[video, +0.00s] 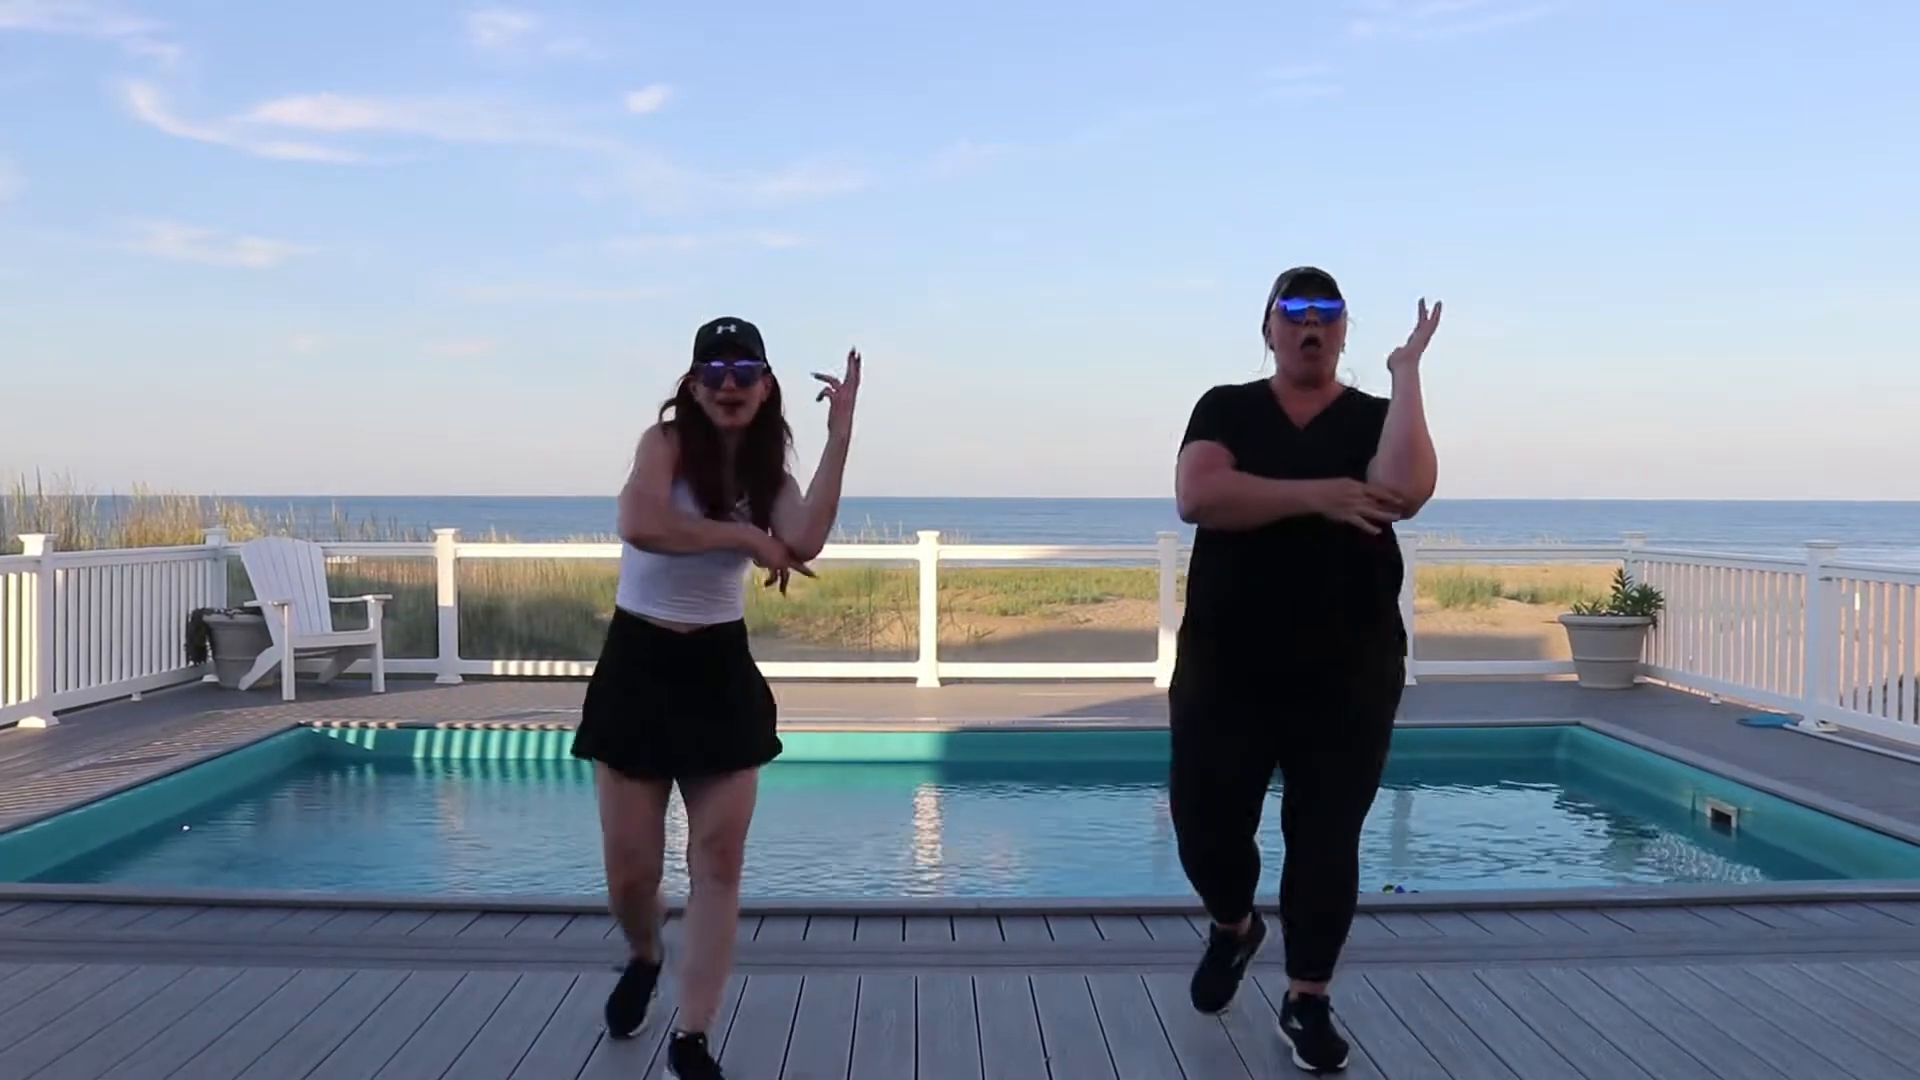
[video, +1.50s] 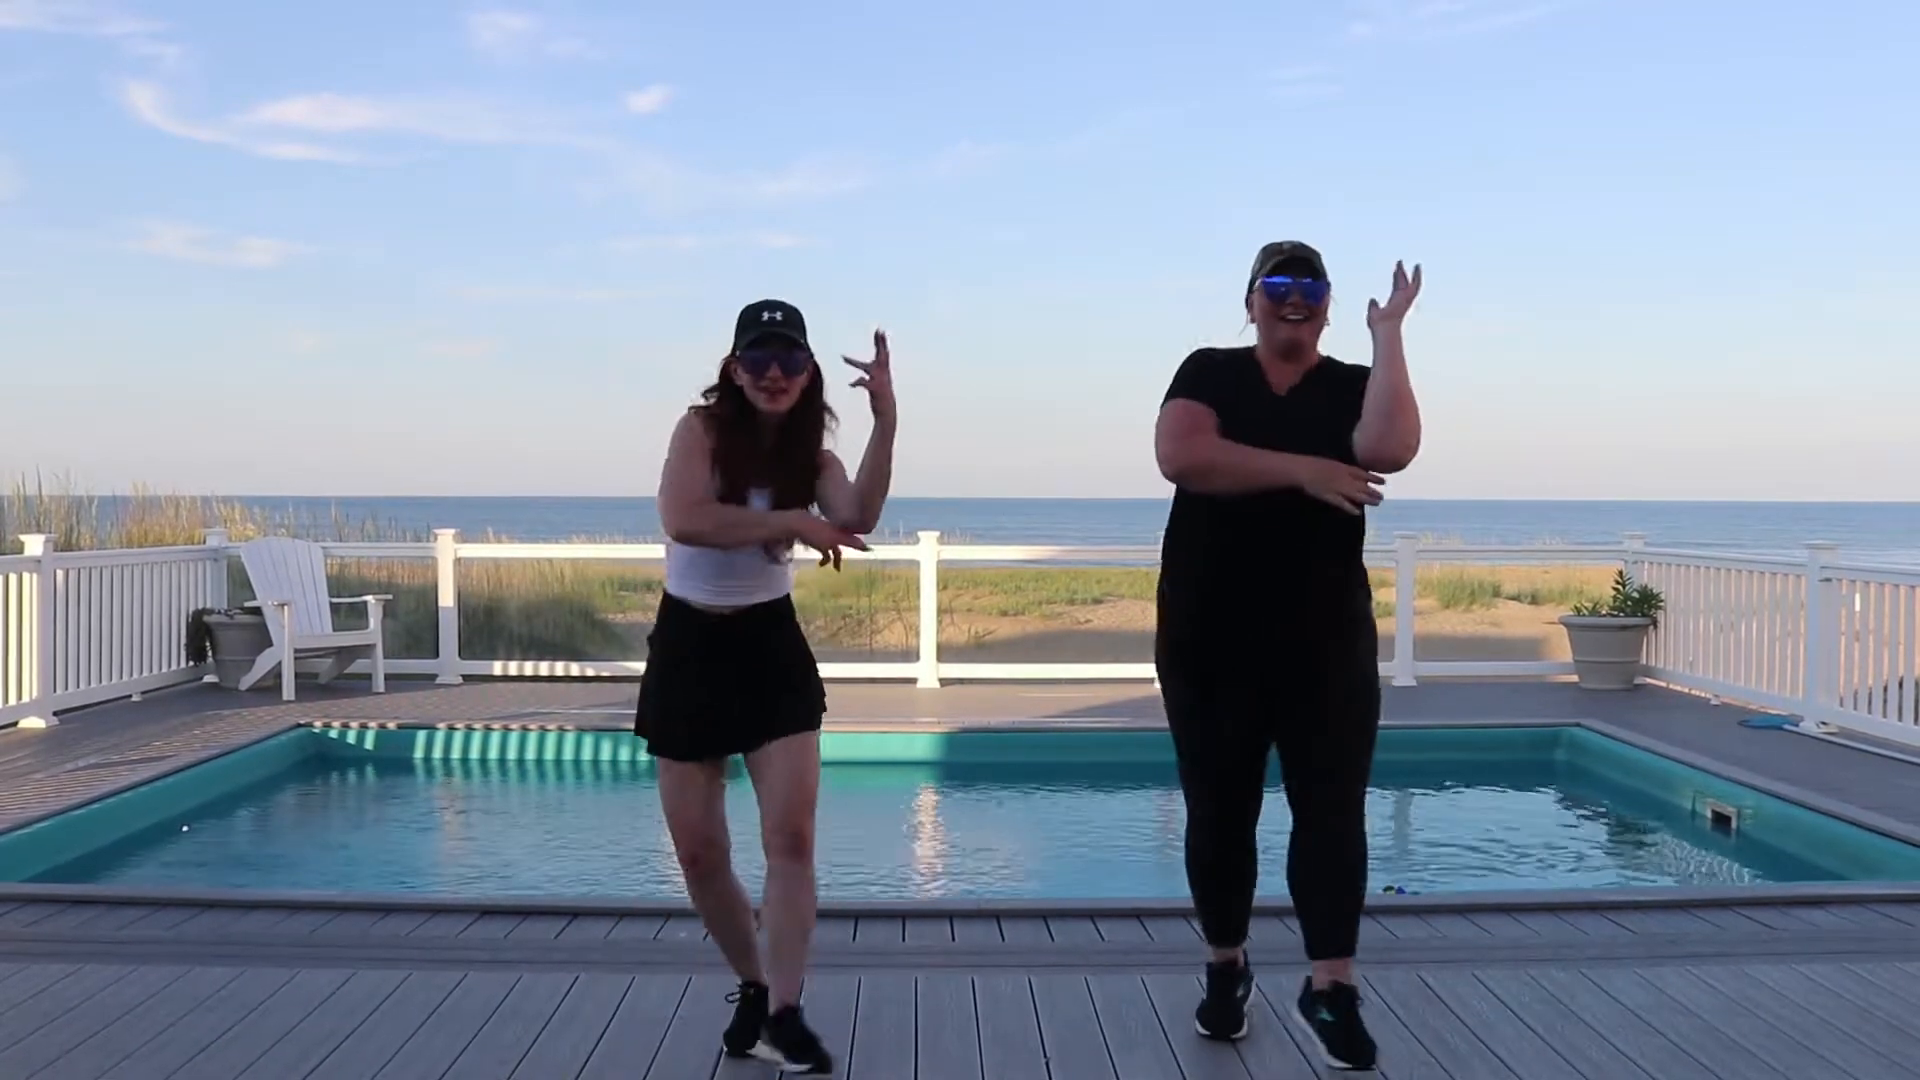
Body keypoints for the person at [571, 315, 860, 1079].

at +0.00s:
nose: (732, 388)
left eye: (747, 373)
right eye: (716, 374)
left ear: (768, 384)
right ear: (694, 382)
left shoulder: (767, 466)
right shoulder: (665, 440)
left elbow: (804, 543)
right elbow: (641, 523)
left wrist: (838, 443)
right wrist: (748, 538)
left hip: (721, 668)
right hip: (638, 664)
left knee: (720, 860)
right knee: (629, 871)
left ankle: (694, 1038)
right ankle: (644, 959)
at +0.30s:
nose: (728, 365)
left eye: (743, 351)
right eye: (713, 351)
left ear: (766, 360)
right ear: (692, 358)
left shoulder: (784, 444)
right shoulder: (670, 424)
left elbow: (818, 510)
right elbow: (619, 493)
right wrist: (709, 549)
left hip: (748, 645)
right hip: (664, 638)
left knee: (745, 857)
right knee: (621, 854)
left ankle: (725, 984)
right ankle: (633, 955)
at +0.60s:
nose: (717, 373)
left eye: (733, 360)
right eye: (702, 360)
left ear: (757, 370)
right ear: (681, 371)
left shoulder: (778, 432)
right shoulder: (672, 442)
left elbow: (810, 518)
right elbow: (620, 509)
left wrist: (708, 542)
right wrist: (622, 405)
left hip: (796, 655)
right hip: (712, 656)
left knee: (784, 856)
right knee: (694, 838)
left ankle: (736, 994)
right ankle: (691, 1021)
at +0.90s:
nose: (719, 394)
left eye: (735, 381)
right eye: (704, 381)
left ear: (759, 391)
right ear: (682, 393)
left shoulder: (794, 464)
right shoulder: (674, 479)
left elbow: (829, 558)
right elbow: (656, 575)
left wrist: (718, 582)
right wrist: (636, 465)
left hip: (818, 672)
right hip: (732, 676)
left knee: (831, 862)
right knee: (724, 855)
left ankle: (817, 959)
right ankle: (746, 1041)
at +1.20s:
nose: (723, 381)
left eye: (740, 368)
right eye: (709, 366)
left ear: (762, 377)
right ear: (687, 374)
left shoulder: (789, 448)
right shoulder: (667, 464)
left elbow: (816, 530)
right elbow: (642, 583)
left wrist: (816, 616)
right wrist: (673, 560)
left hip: (803, 650)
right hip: (722, 660)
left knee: (854, 853)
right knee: (730, 867)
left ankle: (817, 887)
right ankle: (763, 990)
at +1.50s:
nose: (773, 374)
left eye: (787, 360)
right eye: (758, 360)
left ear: (808, 368)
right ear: (735, 365)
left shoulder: (811, 450)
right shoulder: (702, 425)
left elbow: (859, 516)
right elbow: (681, 518)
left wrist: (884, 417)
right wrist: (788, 524)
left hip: (772, 643)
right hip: (688, 647)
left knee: (792, 836)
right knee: (699, 855)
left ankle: (785, 1012)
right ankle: (754, 989)